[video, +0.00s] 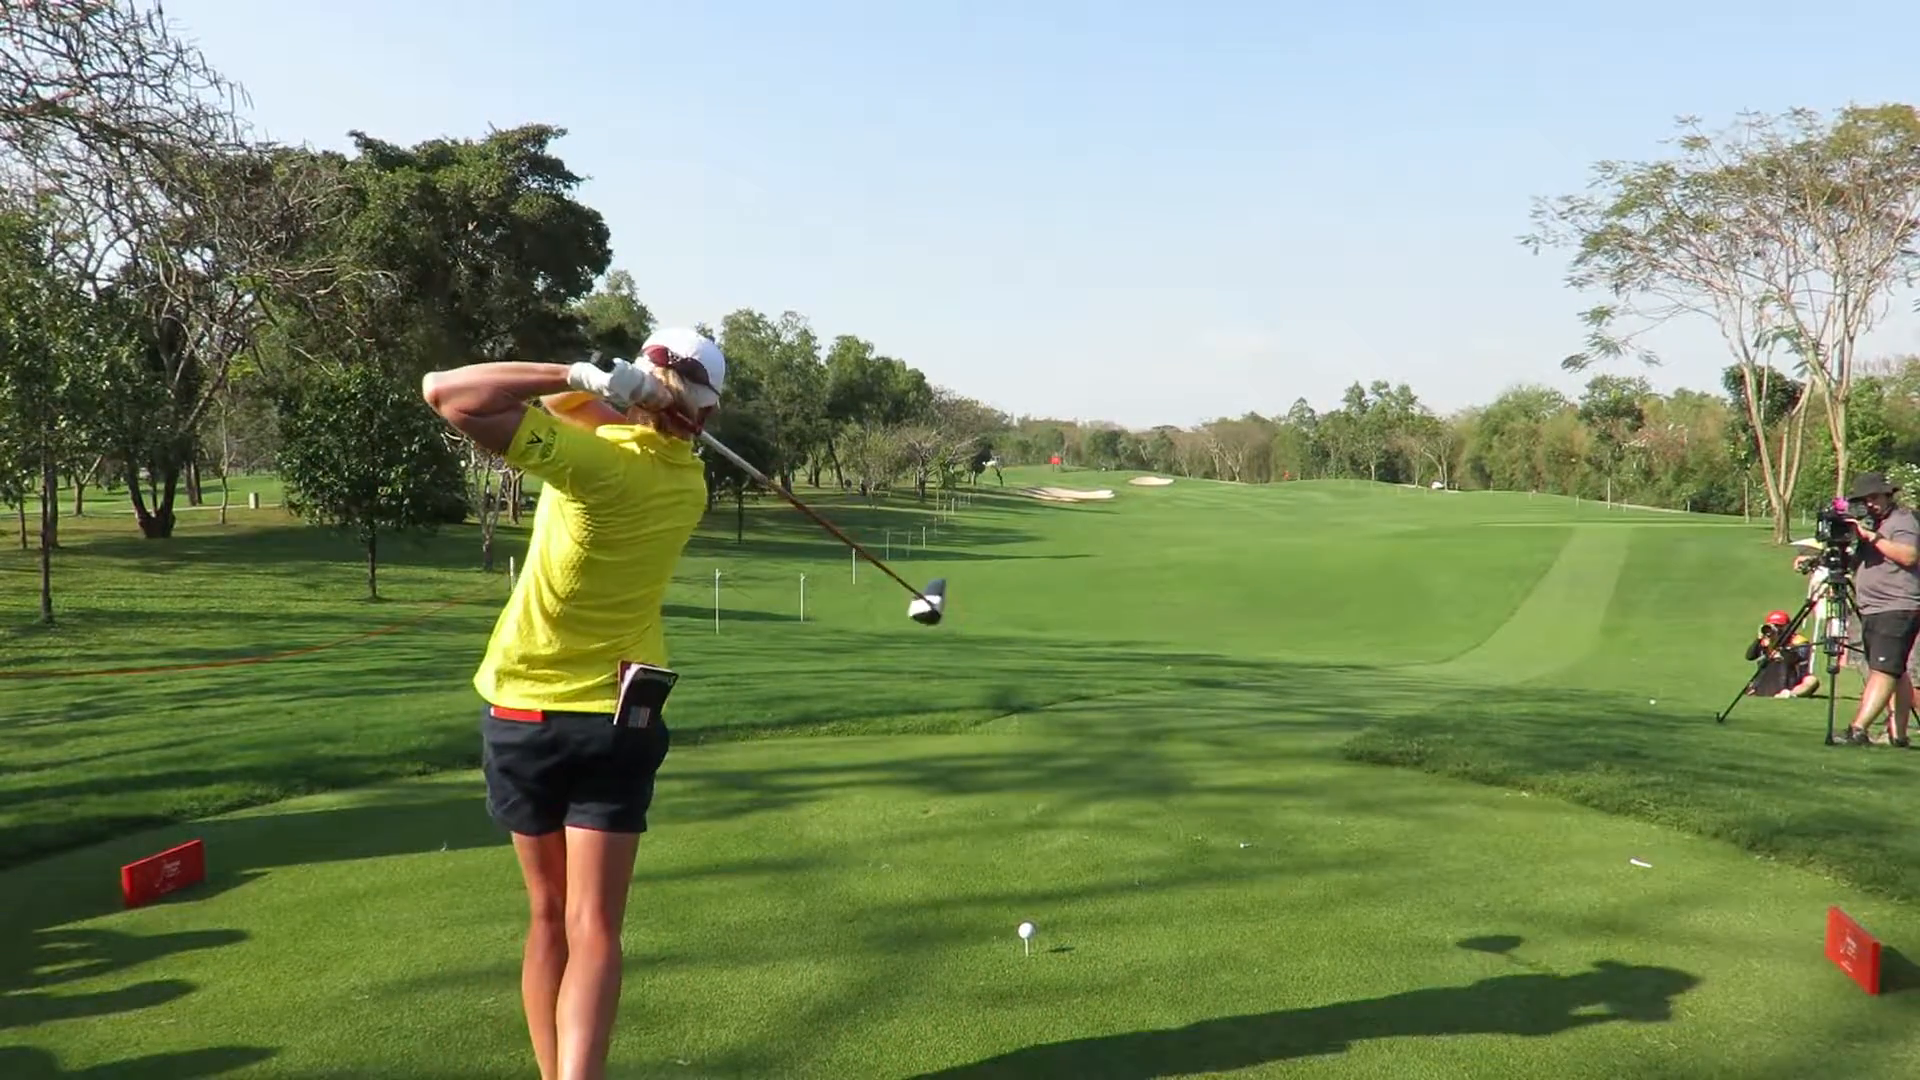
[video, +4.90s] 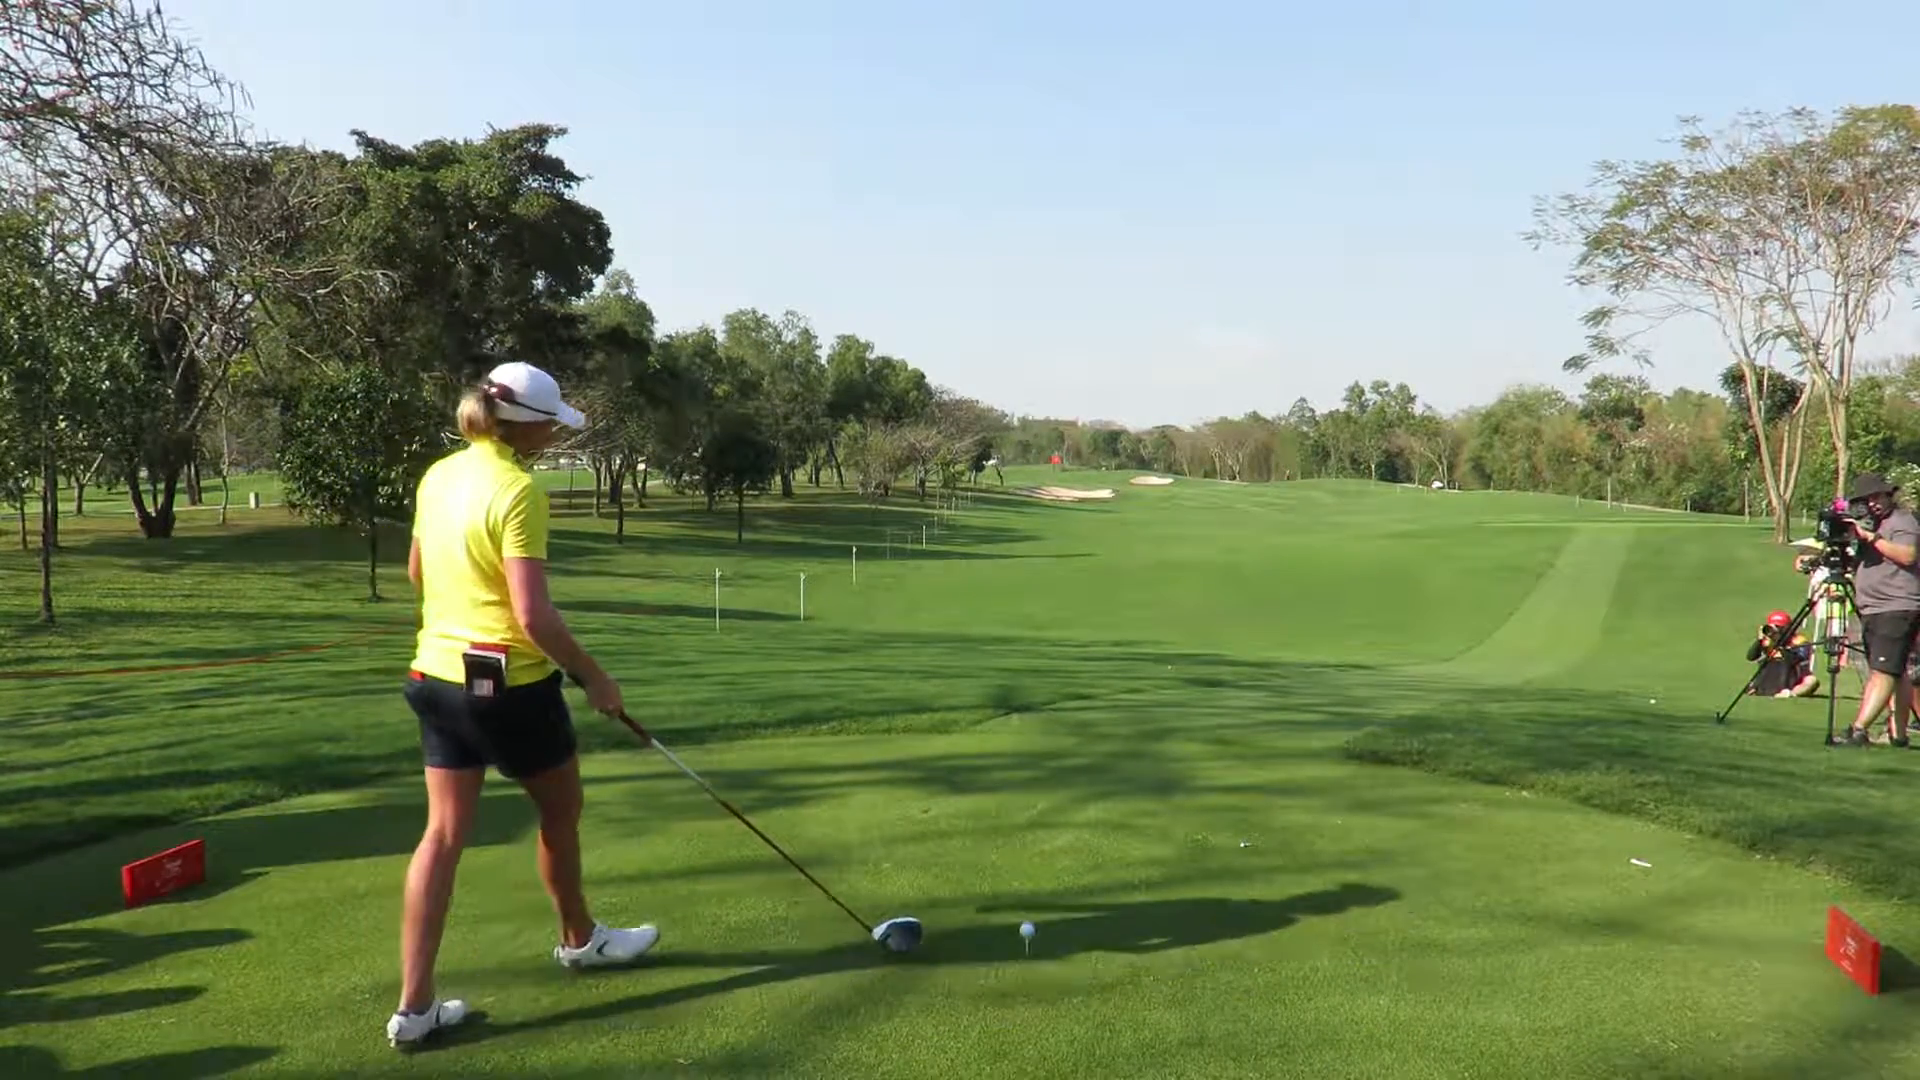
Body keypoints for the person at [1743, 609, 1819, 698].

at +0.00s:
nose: (1774, 631)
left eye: (1777, 628)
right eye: (1771, 628)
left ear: (1785, 627)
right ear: (1768, 628)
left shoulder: (1799, 642)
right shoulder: (1768, 642)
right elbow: (1750, 656)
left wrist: (1784, 655)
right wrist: (1759, 640)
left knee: (1812, 680)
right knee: (1750, 688)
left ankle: (1792, 693)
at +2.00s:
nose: (1774, 635)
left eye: (1778, 631)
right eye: (1771, 632)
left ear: (1787, 631)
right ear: (1767, 633)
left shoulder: (1799, 644)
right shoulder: (1768, 645)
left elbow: (1798, 660)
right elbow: (1750, 660)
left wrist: (1782, 655)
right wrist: (1759, 643)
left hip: (1792, 683)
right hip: (1769, 682)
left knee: (1812, 683)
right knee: (1749, 690)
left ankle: (1791, 696)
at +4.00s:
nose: (1777, 633)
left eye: (1781, 630)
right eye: (1774, 630)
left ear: (1789, 631)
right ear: (1770, 629)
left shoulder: (1800, 644)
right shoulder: (1769, 641)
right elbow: (1750, 661)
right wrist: (1757, 645)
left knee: (1812, 682)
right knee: (1750, 690)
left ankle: (1791, 696)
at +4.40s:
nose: (1775, 633)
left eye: (1778, 629)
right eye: (1772, 629)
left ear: (1787, 630)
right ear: (1769, 629)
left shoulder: (1799, 642)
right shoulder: (1769, 642)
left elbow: (1801, 658)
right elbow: (1751, 659)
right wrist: (1759, 642)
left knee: (1812, 681)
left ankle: (1792, 694)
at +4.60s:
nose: (1772, 634)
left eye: (1776, 630)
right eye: (1770, 630)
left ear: (1785, 630)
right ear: (1769, 629)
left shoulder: (1799, 642)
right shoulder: (1769, 642)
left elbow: (1800, 658)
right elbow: (1751, 658)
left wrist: (1783, 654)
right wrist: (1760, 642)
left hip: (1794, 678)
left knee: (1812, 681)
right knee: (1751, 688)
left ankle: (1791, 694)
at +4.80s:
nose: (1772, 634)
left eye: (1777, 630)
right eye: (1770, 630)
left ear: (1786, 630)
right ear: (1767, 629)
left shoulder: (1799, 643)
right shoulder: (1769, 642)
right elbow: (1750, 657)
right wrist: (1759, 641)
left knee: (1812, 680)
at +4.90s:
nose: (1772, 634)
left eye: (1776, 631)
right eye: (1770, 630)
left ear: (1785, 630)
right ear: (1767, 630)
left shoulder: (1799, 643)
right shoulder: (1769, 642)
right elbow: (1750, 657)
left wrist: (1793, 693)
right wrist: (1759, 641)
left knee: (1812, 680)